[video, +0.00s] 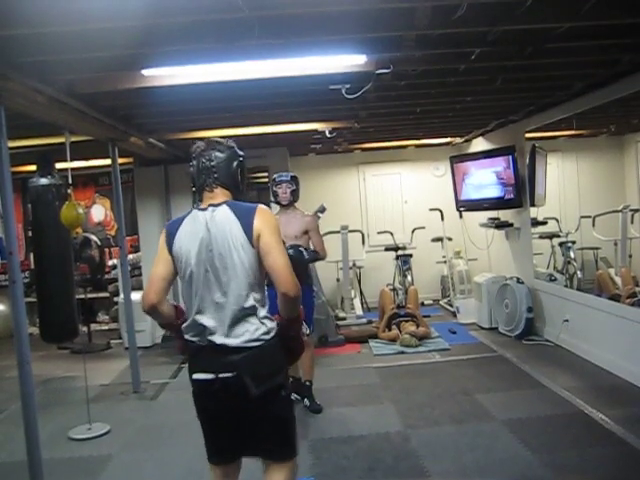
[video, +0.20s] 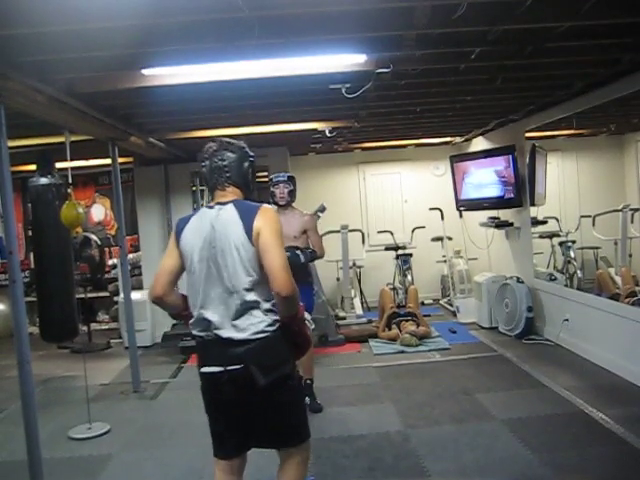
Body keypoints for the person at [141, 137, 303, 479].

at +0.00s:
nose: (243, 175)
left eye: (240, 169)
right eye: (240, 169)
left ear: (196, 179)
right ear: (235, 174)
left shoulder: (174, 229)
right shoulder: (257, 216)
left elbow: (151, 301)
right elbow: (289, 290)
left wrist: (182, 324)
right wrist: (290, 328)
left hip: (206, 372)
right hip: (260, 366)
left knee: (222, 467)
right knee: (279, 463)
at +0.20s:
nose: (255, 176)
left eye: (253, 170)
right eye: (251, 170)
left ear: (209, 179)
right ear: (244, 174)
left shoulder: (184, 226)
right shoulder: (261, 215)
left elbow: (159, 292)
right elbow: (284, 290)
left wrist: (191, 311)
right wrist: (295, 326)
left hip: (213, 363)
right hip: (265, 358)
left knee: (227, 460)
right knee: (295, 453)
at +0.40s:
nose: (278, 180)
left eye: (277, 175)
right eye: (275, 175)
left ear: (231, 180)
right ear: (267, 177)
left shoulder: (209, 226)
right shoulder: (285, 216)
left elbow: (184, 290)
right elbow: (305, 291)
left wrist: (224, 309)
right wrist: (312, 325)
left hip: (233, 362)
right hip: (284, 360)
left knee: (238, 461)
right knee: (302, 457)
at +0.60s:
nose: (299, 175)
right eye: (298, 171)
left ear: (257, 177)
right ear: (295, 175)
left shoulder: (236, 224)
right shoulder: (314, 215)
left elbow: (216, 288)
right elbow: (341, 283)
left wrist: (253, 305)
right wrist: (340, 319)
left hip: (261, 359)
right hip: (310, 356)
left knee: (255, 450)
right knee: (313, 450)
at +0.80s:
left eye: (279, 170)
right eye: (313, 169)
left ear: (273, 178)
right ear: (313, 175)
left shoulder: (256, 220)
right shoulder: (334, 213)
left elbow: (237, 287)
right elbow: (365, 280)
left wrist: (272, 299)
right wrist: (356, 308)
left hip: (276, 350)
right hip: (326, 349)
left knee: (273, 438)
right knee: (319, 445)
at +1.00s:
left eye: (286, 172)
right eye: (322, 171)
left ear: (282, 178)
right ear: (322, 176)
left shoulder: (264, 221)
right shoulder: (341, 214)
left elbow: (246, 286)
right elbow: (367, 281)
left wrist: (278, 288)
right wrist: (354, 306)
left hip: (284, 350)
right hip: (332, 349)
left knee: (288, 435)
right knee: (323, 445)